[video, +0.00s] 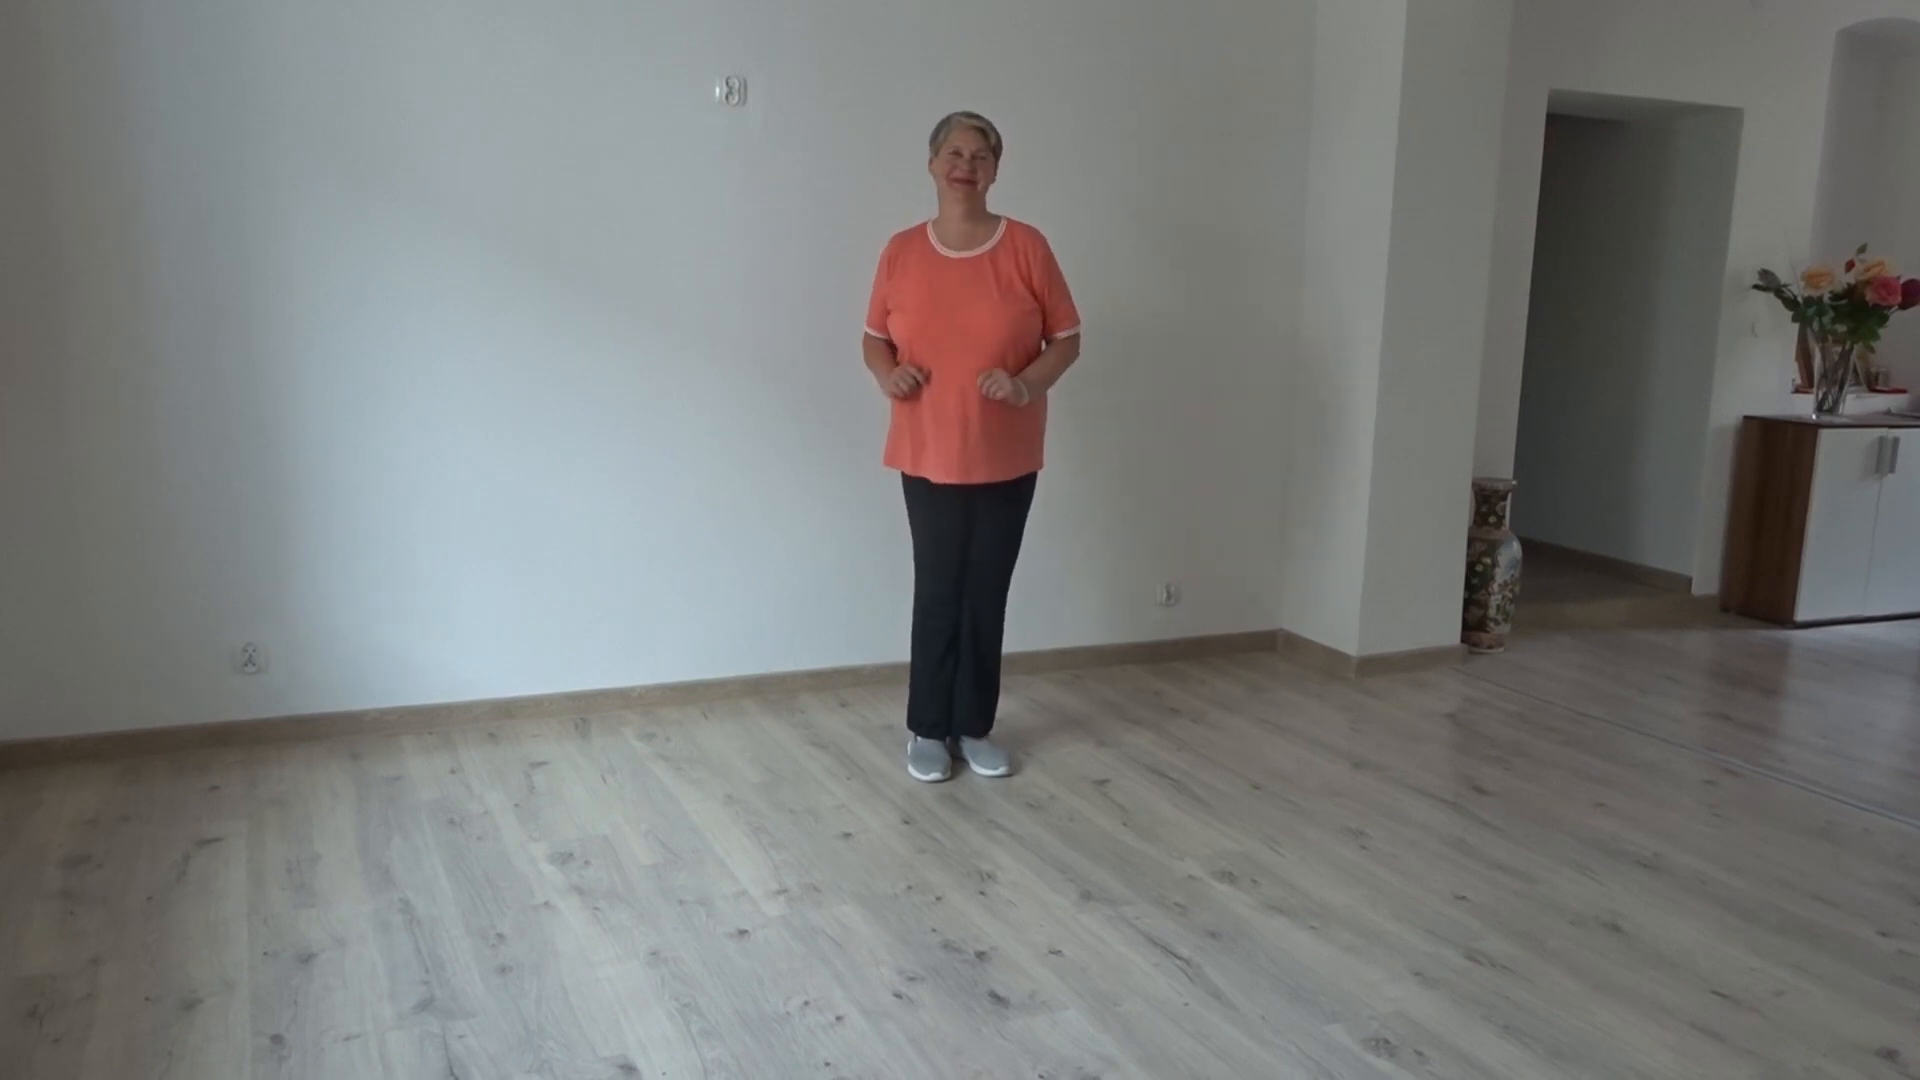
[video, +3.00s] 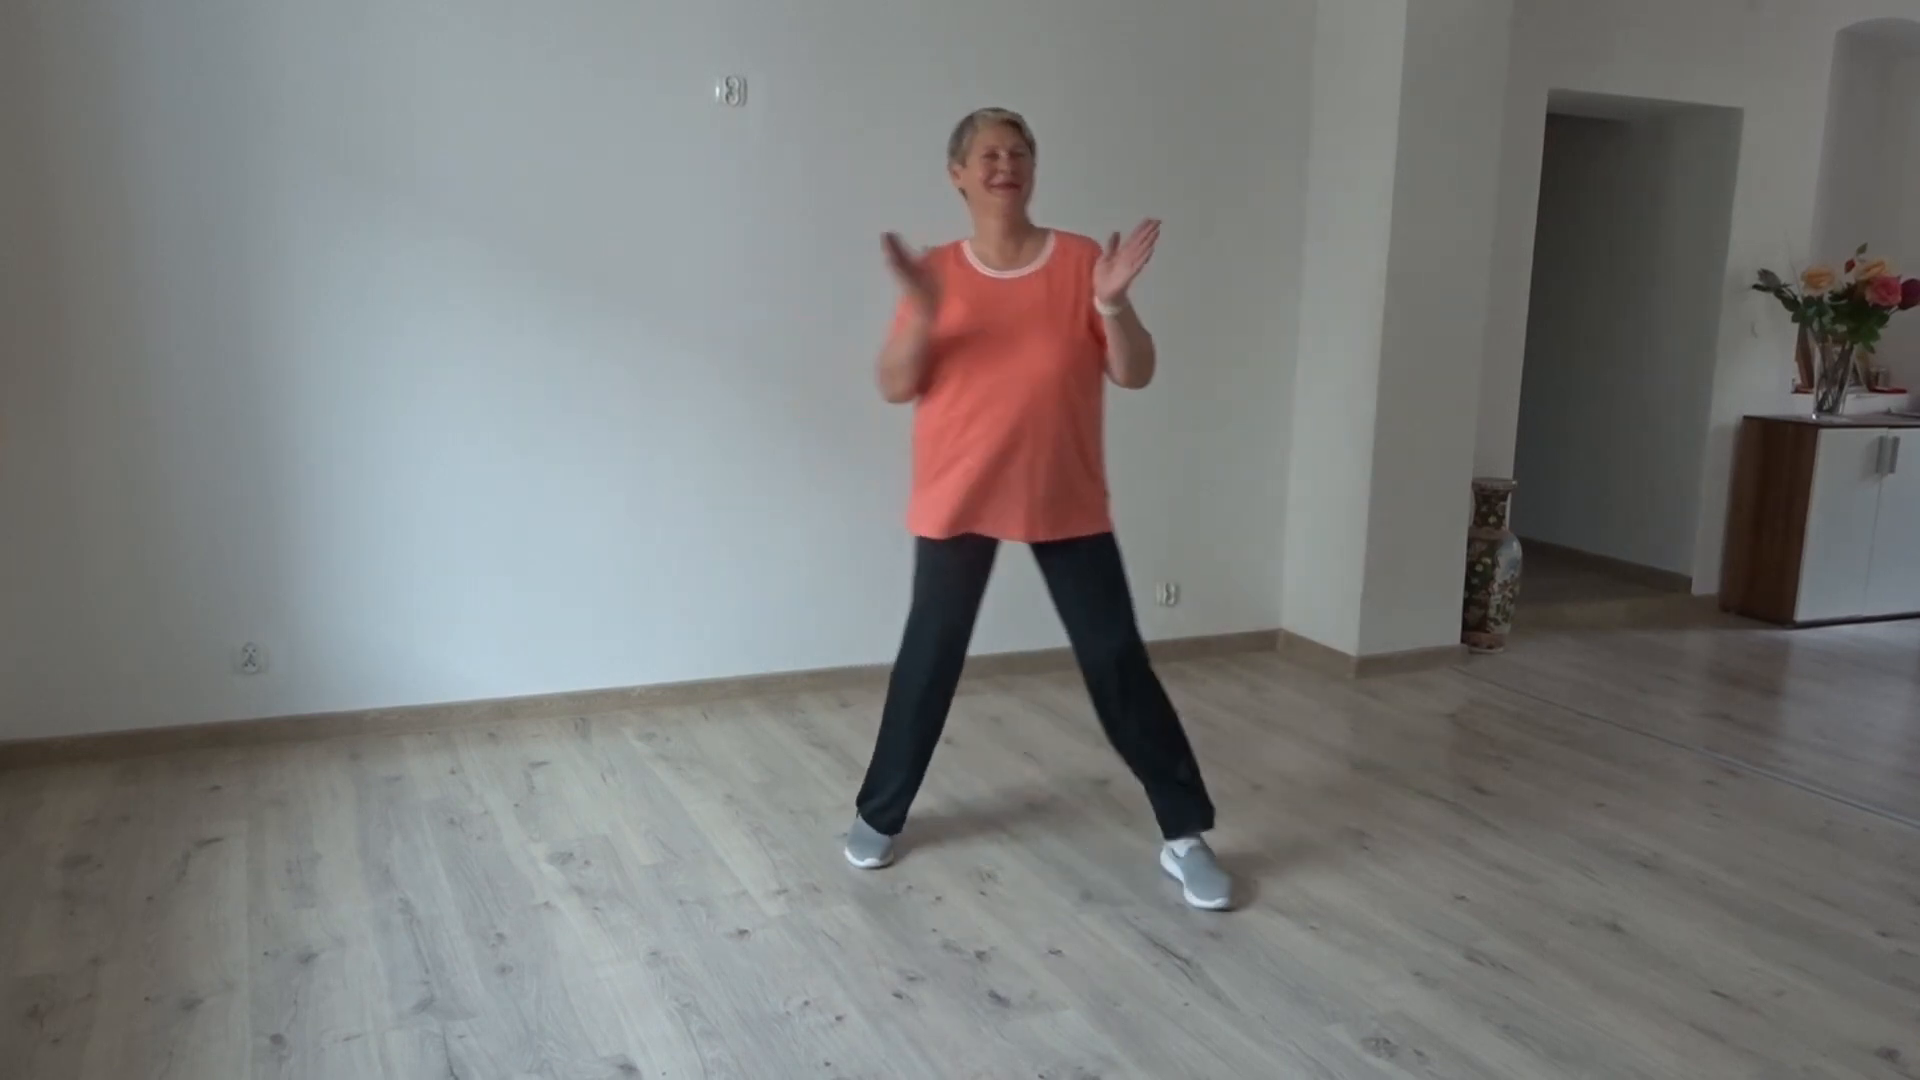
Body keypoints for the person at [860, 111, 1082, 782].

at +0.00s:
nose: (966, 163)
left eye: (979, 155)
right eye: (954, 153)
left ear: (995, 169)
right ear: (932, 165)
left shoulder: (1026, 246)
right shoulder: (903, 250)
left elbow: (1068, 338)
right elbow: (875, 335)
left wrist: (1026, 382)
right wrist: (889, 371)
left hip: (1005, 459)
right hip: (929, 459)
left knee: (986, 599)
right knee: (938, 596)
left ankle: (973, 730)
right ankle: (927, 732)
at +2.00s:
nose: (986, 178)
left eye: (1003, 170)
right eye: (976, 166)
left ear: (1025, 186)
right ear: (959, 177)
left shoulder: (1039, 278)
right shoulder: (914, 245)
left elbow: (1081, 373)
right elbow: (840, 320)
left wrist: (1095, 326)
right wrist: (840, 270)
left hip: (991, 472)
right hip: (905, 463)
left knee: (979, 617)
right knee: (900, 627)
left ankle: (970, 734)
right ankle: (872, 789)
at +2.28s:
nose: (963, 162)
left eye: (981, 155)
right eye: (953, 149)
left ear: (1001, 175)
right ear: (932, 160)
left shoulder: (1004, 265)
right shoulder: (878, 233)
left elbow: (1021, 366)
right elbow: (806, 315)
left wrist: (1021, 273)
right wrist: (844, 233)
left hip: (959, 470)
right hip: (868, 460)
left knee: (965, 626)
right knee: (875, 632)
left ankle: (966, 733)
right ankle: (874, 802)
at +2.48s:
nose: (951, 169)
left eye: (967, 161)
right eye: (940, 155)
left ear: (983, 181)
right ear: (914, 165)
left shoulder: (1000, 268)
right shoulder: (867, 251)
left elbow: (1015, 373)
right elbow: (809, 349)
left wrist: (924, 350)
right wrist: (871, 335)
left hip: (954, 500)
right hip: (865, 494)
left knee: (930, 654)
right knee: (874, 650)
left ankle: (925, 804)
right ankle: (870, 808)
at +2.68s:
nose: (948, 169)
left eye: (961, 160)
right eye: (932, 157)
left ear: (975, 179)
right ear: (900, 173)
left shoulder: (1005, 270)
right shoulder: (864, 269)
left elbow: (1053, 377)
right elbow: (805, 362)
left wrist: (985, 427)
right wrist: (815, 409)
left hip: (978, 498)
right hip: (880, 498)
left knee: (996, 652)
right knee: (880, 660)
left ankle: (967, 784)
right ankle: (871, 817)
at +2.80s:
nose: (956, 154)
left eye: (970, 144)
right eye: (940, 143)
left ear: (986, 163)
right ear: (910, 162)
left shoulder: (1023, 255)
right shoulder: (877, 259)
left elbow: (1090, 356)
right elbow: (817, 346)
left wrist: (1062, 371)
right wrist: (820, 364)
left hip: (1005, 482)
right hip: (902, 485)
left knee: (1050, 644)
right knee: (894, 653)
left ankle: (1064, 806)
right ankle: (871, 818)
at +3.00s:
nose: (1005, 167)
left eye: (1016, 155)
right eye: (989, 156)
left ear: (1035, 172)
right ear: (957, 175)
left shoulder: (1082, 260)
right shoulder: (934, 273)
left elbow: (1135, 373)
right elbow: (894, 386)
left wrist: (1115, 303)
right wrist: (916, 305)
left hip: (1063, 489)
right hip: (960, 490)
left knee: (1118, 662)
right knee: (929, 657)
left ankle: (1184, 835)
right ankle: (878, 819)